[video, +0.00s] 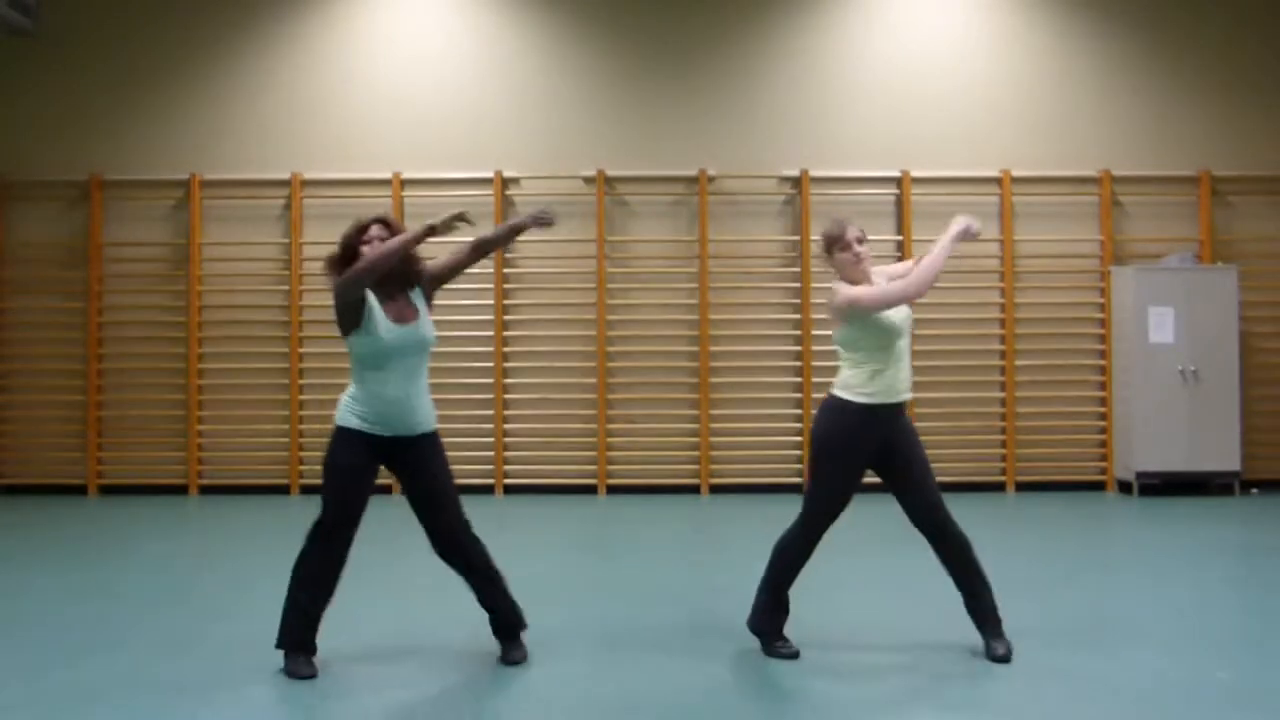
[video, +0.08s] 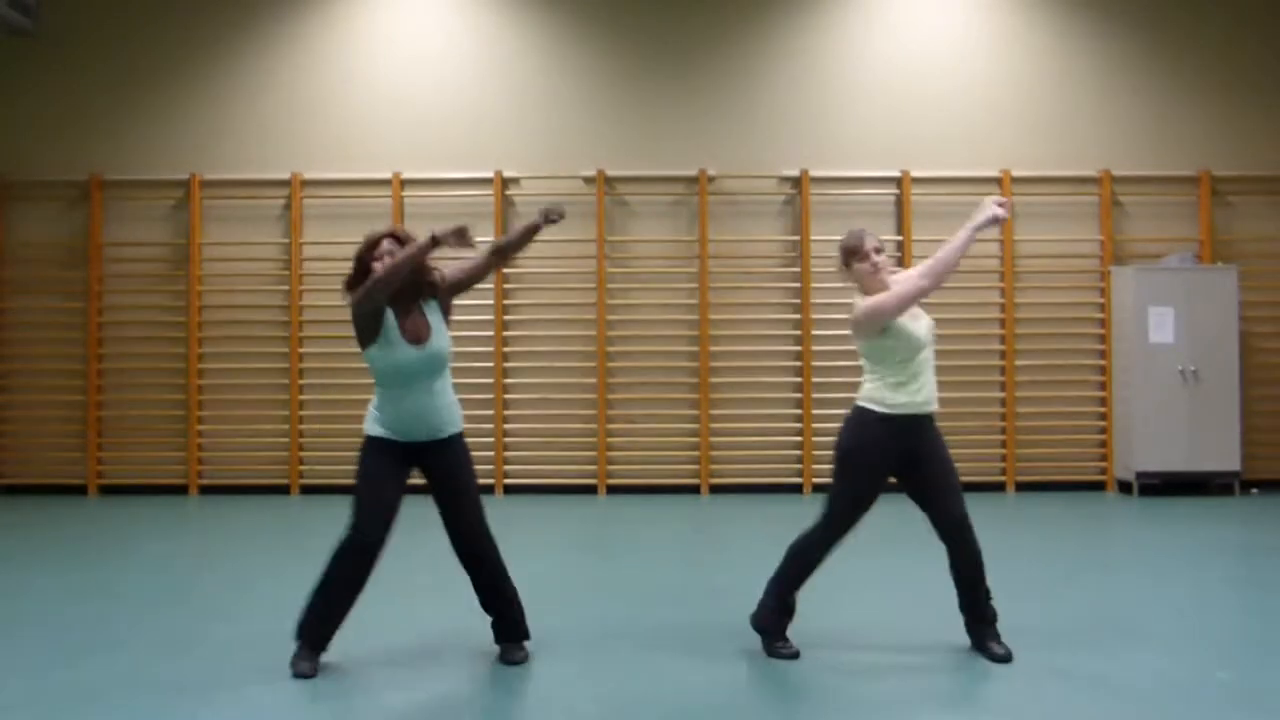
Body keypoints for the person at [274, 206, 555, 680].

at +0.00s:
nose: (374, 245)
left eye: (384, 238)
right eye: (366, 240)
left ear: (401, 248)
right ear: (353, 254)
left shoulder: (420, 286)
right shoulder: (351, 299)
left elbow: (475, 250)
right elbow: (364, 271)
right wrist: (424, 232)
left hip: (417, 434)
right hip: (359, 432)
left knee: (452, 538)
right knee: (333, 532)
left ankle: (509, 628)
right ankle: (298, 645)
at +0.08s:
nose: (390, 259)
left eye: (399, 253)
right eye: (382, 255)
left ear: (414, 259)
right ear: (369, 269)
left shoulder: (436, 293)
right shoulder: (366, 309)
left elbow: (491, 260)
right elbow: (386, 279)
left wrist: (534, 225)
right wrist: (432, 241)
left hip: (443, 438)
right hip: (386, 441)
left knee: (472, 536)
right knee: (365, 538)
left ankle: (511, 635)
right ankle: (310, 644)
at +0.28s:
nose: (417, 315)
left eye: (425, 305)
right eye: (408, 306)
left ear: (441, 305)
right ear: (396, 309)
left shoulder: (465, 344)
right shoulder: (382, 358)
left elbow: (508, 386)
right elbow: (375, 424)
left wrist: (492, 406)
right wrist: (404, 417)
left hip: (480, 447)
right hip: (431, 465)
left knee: (506, 534)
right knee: (475, 545)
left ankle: (511, 636)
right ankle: (453, 585)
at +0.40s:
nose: (403, 297)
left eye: (412, 288)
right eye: (395, 290)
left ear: (429, 292)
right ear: (386, 298)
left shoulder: (458, 342)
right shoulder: (378, 349)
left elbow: (489, 404)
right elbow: (363, 398)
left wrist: (443, 424)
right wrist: (388, 412)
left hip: (476, 452)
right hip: (427, 464)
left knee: (496, 545)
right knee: (452, 561)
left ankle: (515, 634)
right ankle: (477, 609)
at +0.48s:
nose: (391, 272)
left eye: (398, 263)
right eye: (381, 266)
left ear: (413, 269)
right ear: (370, 277)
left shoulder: (436, 317)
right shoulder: (367, 326)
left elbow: (442, 374)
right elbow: (339, 360)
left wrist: (381, 369)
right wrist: (334, 355)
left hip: (465, 434)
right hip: (416, 443)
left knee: (481, 542)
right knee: (408, 546)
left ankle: (510, 636)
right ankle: (447, 601)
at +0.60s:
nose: (362, 252)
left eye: (370, 246)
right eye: (354, 247)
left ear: (387, 253)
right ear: (341, 257)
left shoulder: (394, 291)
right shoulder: (344, 298)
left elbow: (336, 296)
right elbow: (292, 304)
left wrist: (276, 287)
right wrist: (254, 285)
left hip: (448, 425)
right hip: (395, 430)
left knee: (474, 523)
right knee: (363, 522)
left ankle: (510, 630)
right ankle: (354, 623)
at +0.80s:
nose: (316, 258)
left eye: (325, 252)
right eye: (308, 252)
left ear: (343, 261)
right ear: (299, 263)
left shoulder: (352, 303)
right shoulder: (298, 309)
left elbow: (291, 312)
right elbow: (241, 314)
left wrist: (229, 286)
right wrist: (201, 296)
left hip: (388, 435)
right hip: (340, 439)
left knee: (377, 533)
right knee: (319, 536)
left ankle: (438, 614)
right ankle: (325, 637)